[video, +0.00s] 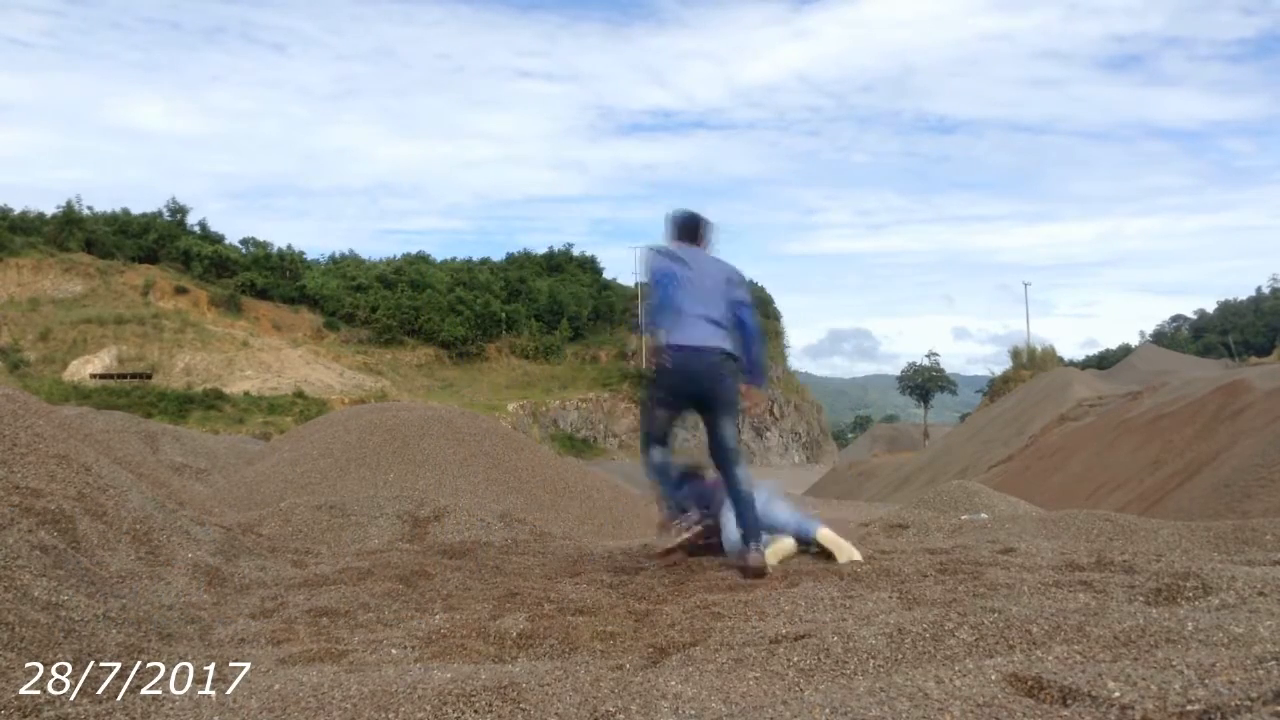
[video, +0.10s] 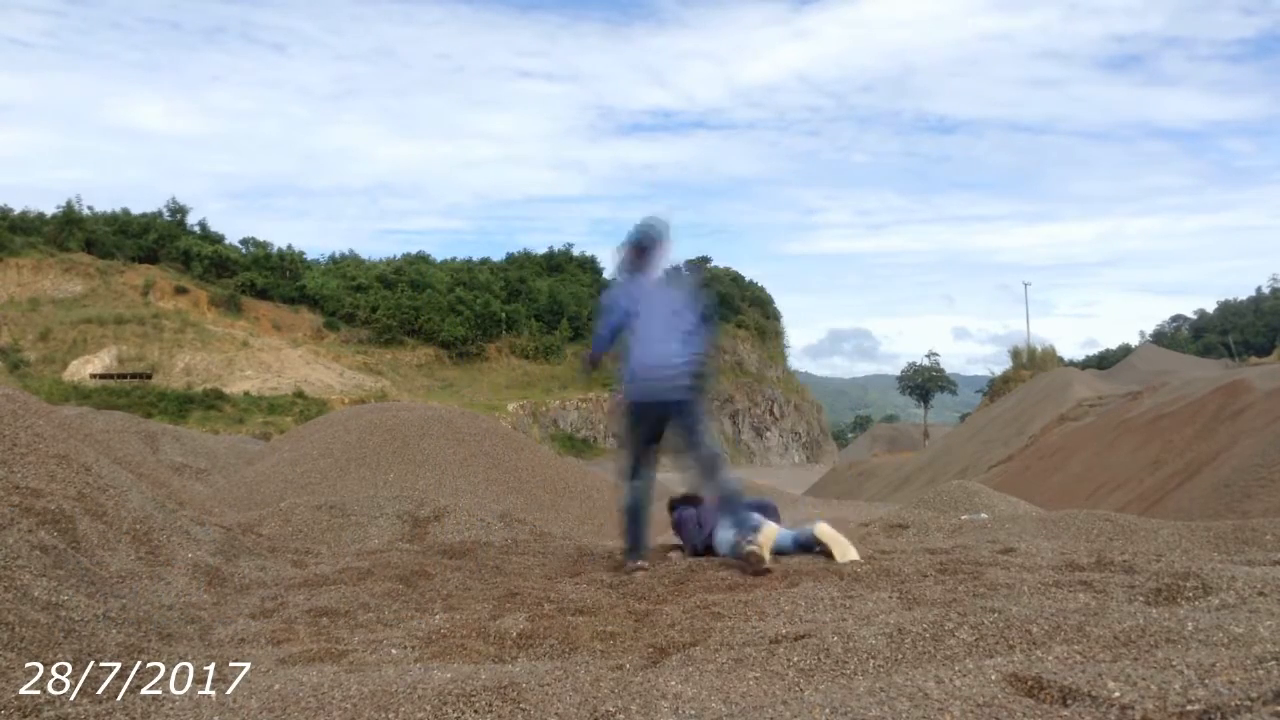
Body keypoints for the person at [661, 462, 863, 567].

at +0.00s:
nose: (684, 495)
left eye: (682, 491)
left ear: (682, 486)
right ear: (699, 476)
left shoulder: (687, 493)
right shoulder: (719, 480)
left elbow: (697, 523)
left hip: (727, 507)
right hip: (752, 490)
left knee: (734, 544)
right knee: (780, 515)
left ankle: (775, 545)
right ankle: (823, 535)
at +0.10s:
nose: (674, 518)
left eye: (674, 514)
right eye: (675, 515)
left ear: (678, 509)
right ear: (696, 500)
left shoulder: (682, 512)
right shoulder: (717, 501)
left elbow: (689, 520)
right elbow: (767, 504)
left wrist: (691, 549)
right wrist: (774, 525)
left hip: (718, 529)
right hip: (748, 517)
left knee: (736, 544)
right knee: (790, 539)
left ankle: (755, 548)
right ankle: (819, 536)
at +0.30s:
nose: (683, 481)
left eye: (682, 475)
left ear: (683, 475)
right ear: (707, 471)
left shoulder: (679, 492)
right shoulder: (736, 482)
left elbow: (653, 520)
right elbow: (772, 509)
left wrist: (649, 546)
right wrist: (774, 529)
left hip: (718, 526)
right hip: (751, 517)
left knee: (736, 541)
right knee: (783, 539)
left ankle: (756, 542)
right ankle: (812, 535)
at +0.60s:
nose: (677, 463)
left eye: (678, 458)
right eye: (675, 459)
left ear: (690, 450)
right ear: (706, 449)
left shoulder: (681, 470)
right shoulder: (733, 462)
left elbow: (666, 504)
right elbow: (757, 490)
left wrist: (652, 538)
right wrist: (774, 518)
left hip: (705, 511)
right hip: (738, 499)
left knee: (726, 540)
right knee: (764, 523)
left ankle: (752, 544)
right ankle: (787, 544)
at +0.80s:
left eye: (697, 503)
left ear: (700, 503)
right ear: (723, 502)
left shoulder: (697, 509)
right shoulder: (740, 504)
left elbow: (665, 515)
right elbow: (767, 508)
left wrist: (661, 546)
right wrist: (773, 521)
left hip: (718, 528)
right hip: (755, 519)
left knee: (737, 538)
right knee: (773, 540)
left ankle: (755, 539)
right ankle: (802, 541)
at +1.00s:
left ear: (698, 506)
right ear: (725, 505)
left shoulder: (691, 517)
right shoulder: (738, 510)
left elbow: (652, 534)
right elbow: (752, 512)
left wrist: (675, 543)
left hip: (713, 531)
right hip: (744, 520)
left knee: (725, 545)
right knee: (767, 540)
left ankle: (740, 540)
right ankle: (793, 541)